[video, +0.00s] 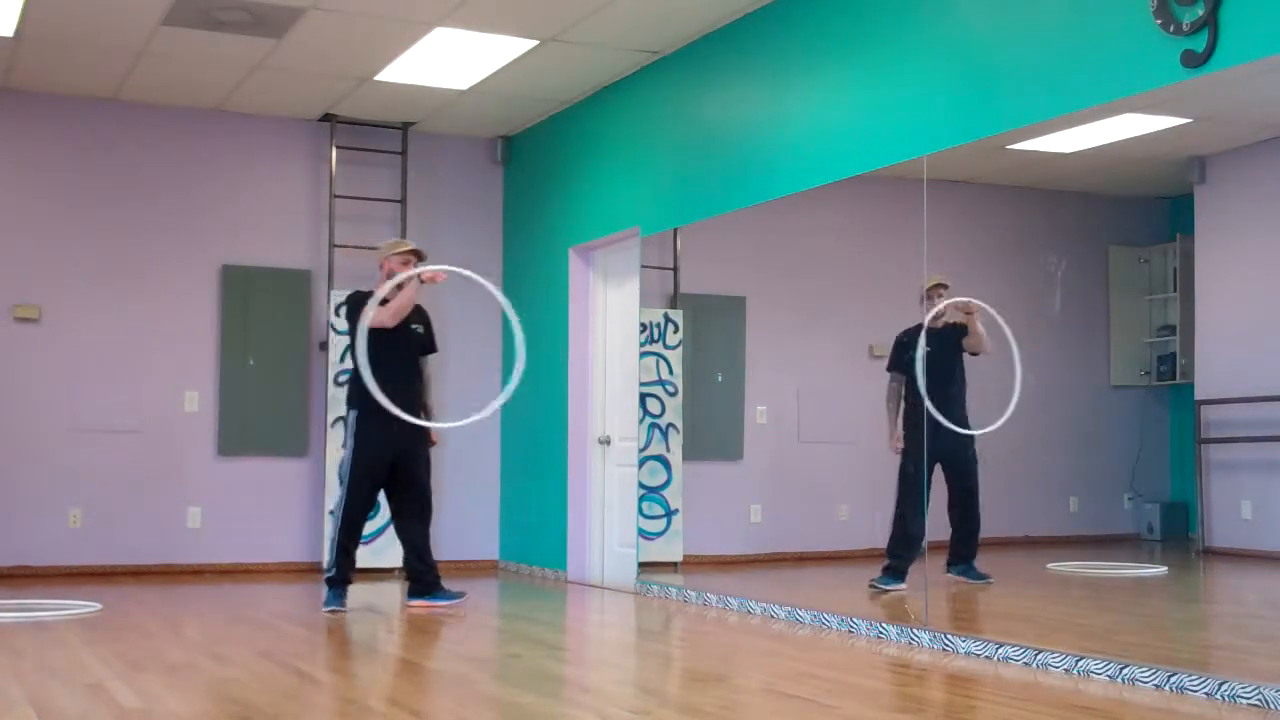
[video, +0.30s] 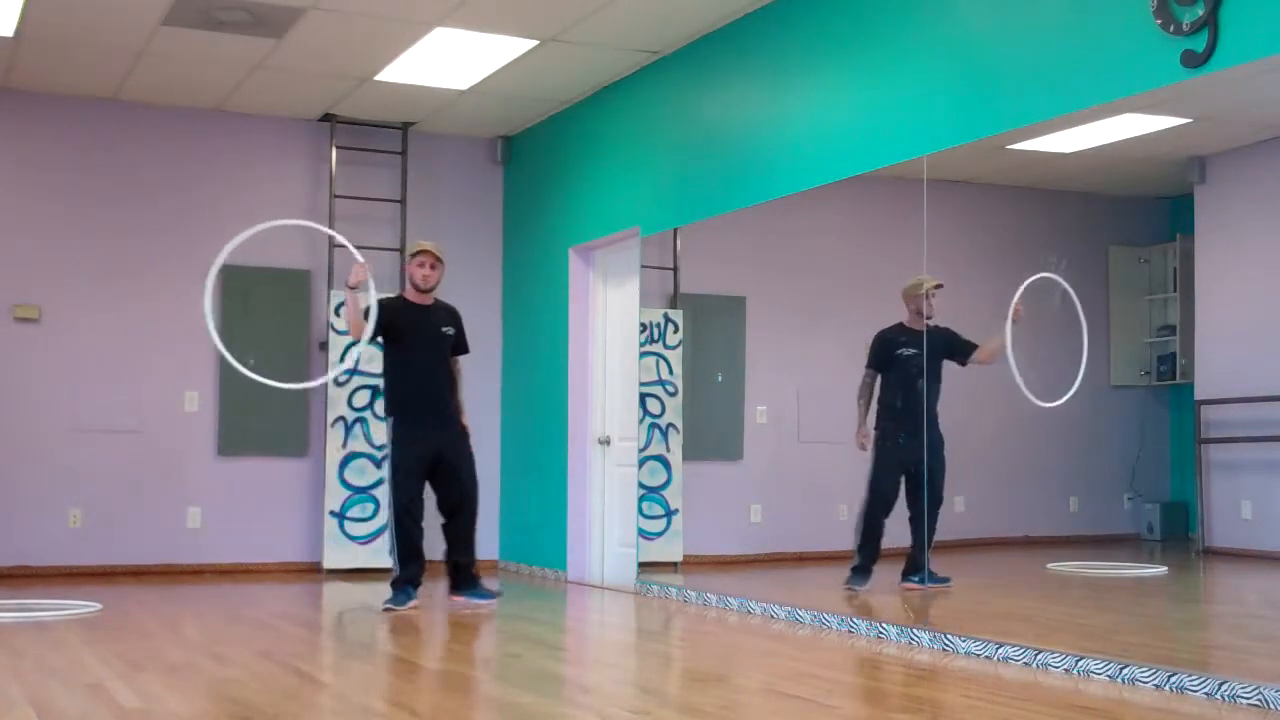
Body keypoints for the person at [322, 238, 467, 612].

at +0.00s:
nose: (409, 270)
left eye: (413, 265)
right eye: (402, 263)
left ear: (418, 269)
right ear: (384, 266)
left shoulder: (418, 314)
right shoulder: (358, 301)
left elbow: (420, 375)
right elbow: (388, 317)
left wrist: (427, 421)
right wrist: (417, 280)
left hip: (409, 418)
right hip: (369, 417)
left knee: (414, 506)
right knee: (355, 504)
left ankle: (423, 585)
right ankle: (337, 586)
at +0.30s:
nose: (426, 270)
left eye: (433, 266)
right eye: (419, 264)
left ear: (440, 275)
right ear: (407, 270)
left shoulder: (448, 315)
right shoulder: (388, 308)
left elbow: (452, 370)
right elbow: (356, 330)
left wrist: (459, 416)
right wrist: (352, 290)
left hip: (446, 425)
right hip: (407, 425)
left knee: (462, 501)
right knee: (406, 507)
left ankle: (463, 581)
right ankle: (406, 584)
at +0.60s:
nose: (461, 274)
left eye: (468, 271)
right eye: (456, 267)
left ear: (474, 279)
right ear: (443, 270)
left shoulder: (472, 318)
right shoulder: (417, 308)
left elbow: (481, 371)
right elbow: (374, 328)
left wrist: (498, 412)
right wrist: (360, 296)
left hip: (467, 426)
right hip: (426, 424)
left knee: (482, 503)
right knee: (417, 507)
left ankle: (489, 585)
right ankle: (407, 586)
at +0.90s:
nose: (441, 274)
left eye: (447, 269)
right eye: (435, 268)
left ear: (457, 276)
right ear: (424, 274)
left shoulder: (472, 315)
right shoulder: (411, 317)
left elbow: (488, 362)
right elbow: (409, 364)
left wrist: (510, 402)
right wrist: (445, 346)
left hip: (471, 428)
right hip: (430, 429)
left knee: (484, 509)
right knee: (418, 511)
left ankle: (493, 587)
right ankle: (406, 587)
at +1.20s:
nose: (469, 273)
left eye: (475, 269)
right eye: (462, 267)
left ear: (481, 277)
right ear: (448, 272)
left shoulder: (486, 317)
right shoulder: (430, 314)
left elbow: (494, 369)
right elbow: (439, 360)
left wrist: (512, 409)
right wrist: (487, 375)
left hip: (473, 422)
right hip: (433, 422)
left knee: (485, 506)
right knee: (418, 505)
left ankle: (496, 587)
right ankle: (404, 584)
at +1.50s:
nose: (488, 276)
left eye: (494, 272)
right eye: (482, 269)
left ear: (497, 280)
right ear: (465, 273)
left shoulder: (496, 321)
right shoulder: (447, 311)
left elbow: (500, 374)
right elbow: (473, 351)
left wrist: (511, 418)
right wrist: (513, 380)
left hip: (487, 420)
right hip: (449, 419)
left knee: (493, 505)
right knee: (432, 503)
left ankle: (494, 585)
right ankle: (411, 584)